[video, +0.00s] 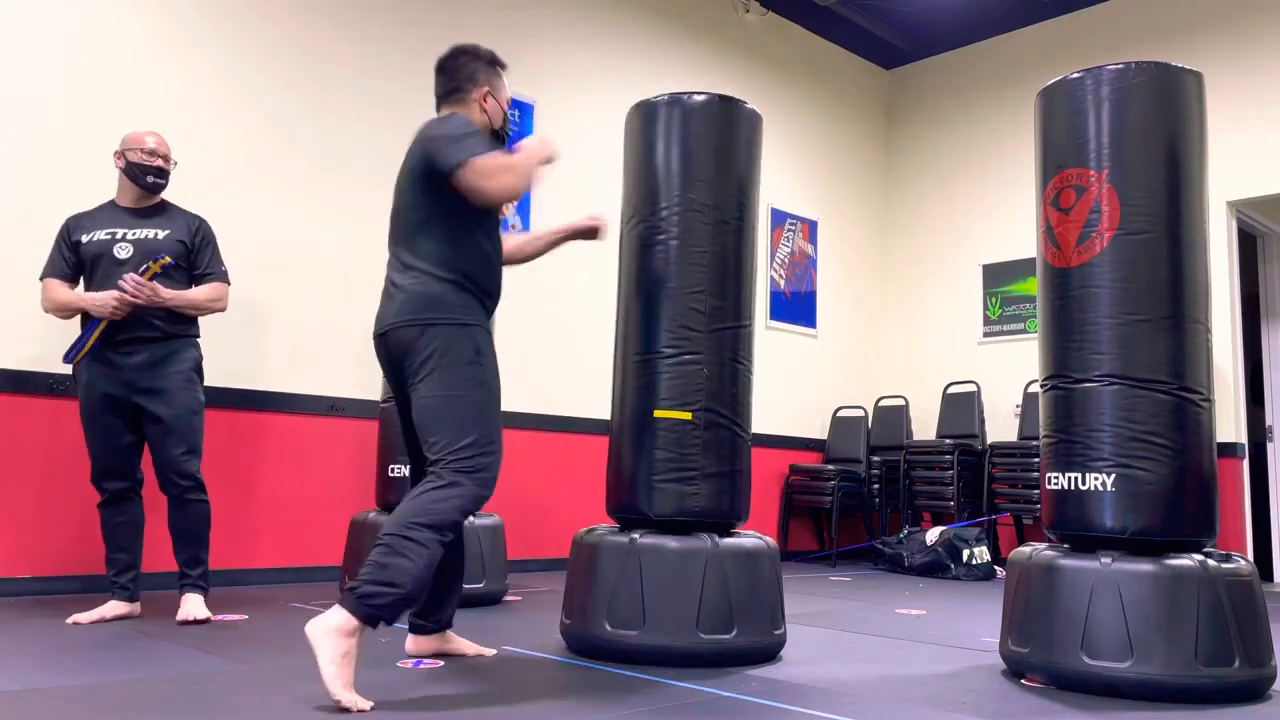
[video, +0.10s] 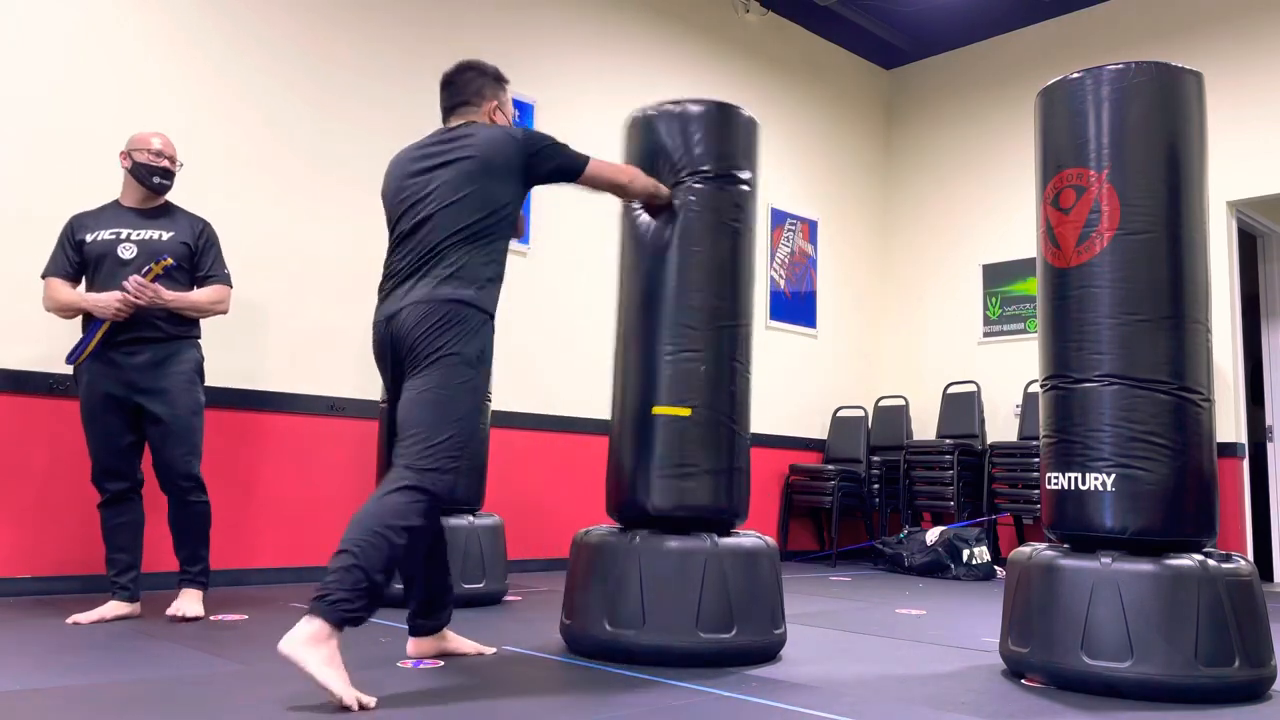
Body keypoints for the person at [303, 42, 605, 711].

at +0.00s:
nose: (508, 108)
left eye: (507, 100)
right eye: (505, 98)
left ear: (450, 95)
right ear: (487, 95)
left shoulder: (445, 151)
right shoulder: (455, 130)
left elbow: (493, 251)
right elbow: (490, 185)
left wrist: (567, 230)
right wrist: (535, 152)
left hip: (414, 321)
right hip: (443, 319)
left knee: (441, 474)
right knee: (467, 470)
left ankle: (429, 629)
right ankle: (347, 620)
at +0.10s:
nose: (512, 117)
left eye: (509, 109)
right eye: (511, 108)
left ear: (448, 108)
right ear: (499, 106)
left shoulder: (403, 161)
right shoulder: (512, 142)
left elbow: (426, 232)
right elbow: (625, 179)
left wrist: (497, 225)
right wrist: (662, 195)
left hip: (391, 319)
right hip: (450, 315)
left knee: (420, 477)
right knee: (419, 479)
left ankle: (429, 629)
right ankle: (319, 627)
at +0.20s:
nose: (512, 119)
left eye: (511, 111)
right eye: (512, 110)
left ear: (447, 108)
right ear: (500, 107)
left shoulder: (399, 163)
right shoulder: (506, 139)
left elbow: (400, 249)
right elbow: (615, 180)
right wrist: (644, 195)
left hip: (389, 319)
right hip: (446, 315)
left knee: (418, 476)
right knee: (410, 475)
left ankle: (428, 630)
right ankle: (310, 637)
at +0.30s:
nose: (505, 113)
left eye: (502, 104)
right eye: (502, 103)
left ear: (440, 105)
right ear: (487, 101)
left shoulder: (394, 162)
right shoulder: (493, 142)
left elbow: (399, 251)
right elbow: (574, 219)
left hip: (392, 316)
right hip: (443, 315)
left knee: (423, 484)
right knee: (410, 486)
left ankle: (429, 629)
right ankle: (323, 654)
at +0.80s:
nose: (504, 88)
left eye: (501, 78)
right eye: (500, 76)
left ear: (451, 78)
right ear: (479, 75)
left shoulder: (453, 137)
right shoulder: (450, 131)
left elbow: (472, 227)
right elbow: (481, 229)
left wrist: (511, 206)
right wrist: (529, 190)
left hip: (457, 335)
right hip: (429, 328)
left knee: (496, 468)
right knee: (381, 486)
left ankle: (463, 617)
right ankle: (316, 660)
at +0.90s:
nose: (521, 100)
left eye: (518, 89)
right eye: (515, 87)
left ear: (477, 93)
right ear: (492, 89)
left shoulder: (480, 162)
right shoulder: (451, 140)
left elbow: (508, 249)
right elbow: (475, 226)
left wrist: (576, 224)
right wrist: (537, 194)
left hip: (477, 343)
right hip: (441, 335)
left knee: (501, 481)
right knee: (408, 487)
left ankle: (467, 621)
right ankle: (324, 649)